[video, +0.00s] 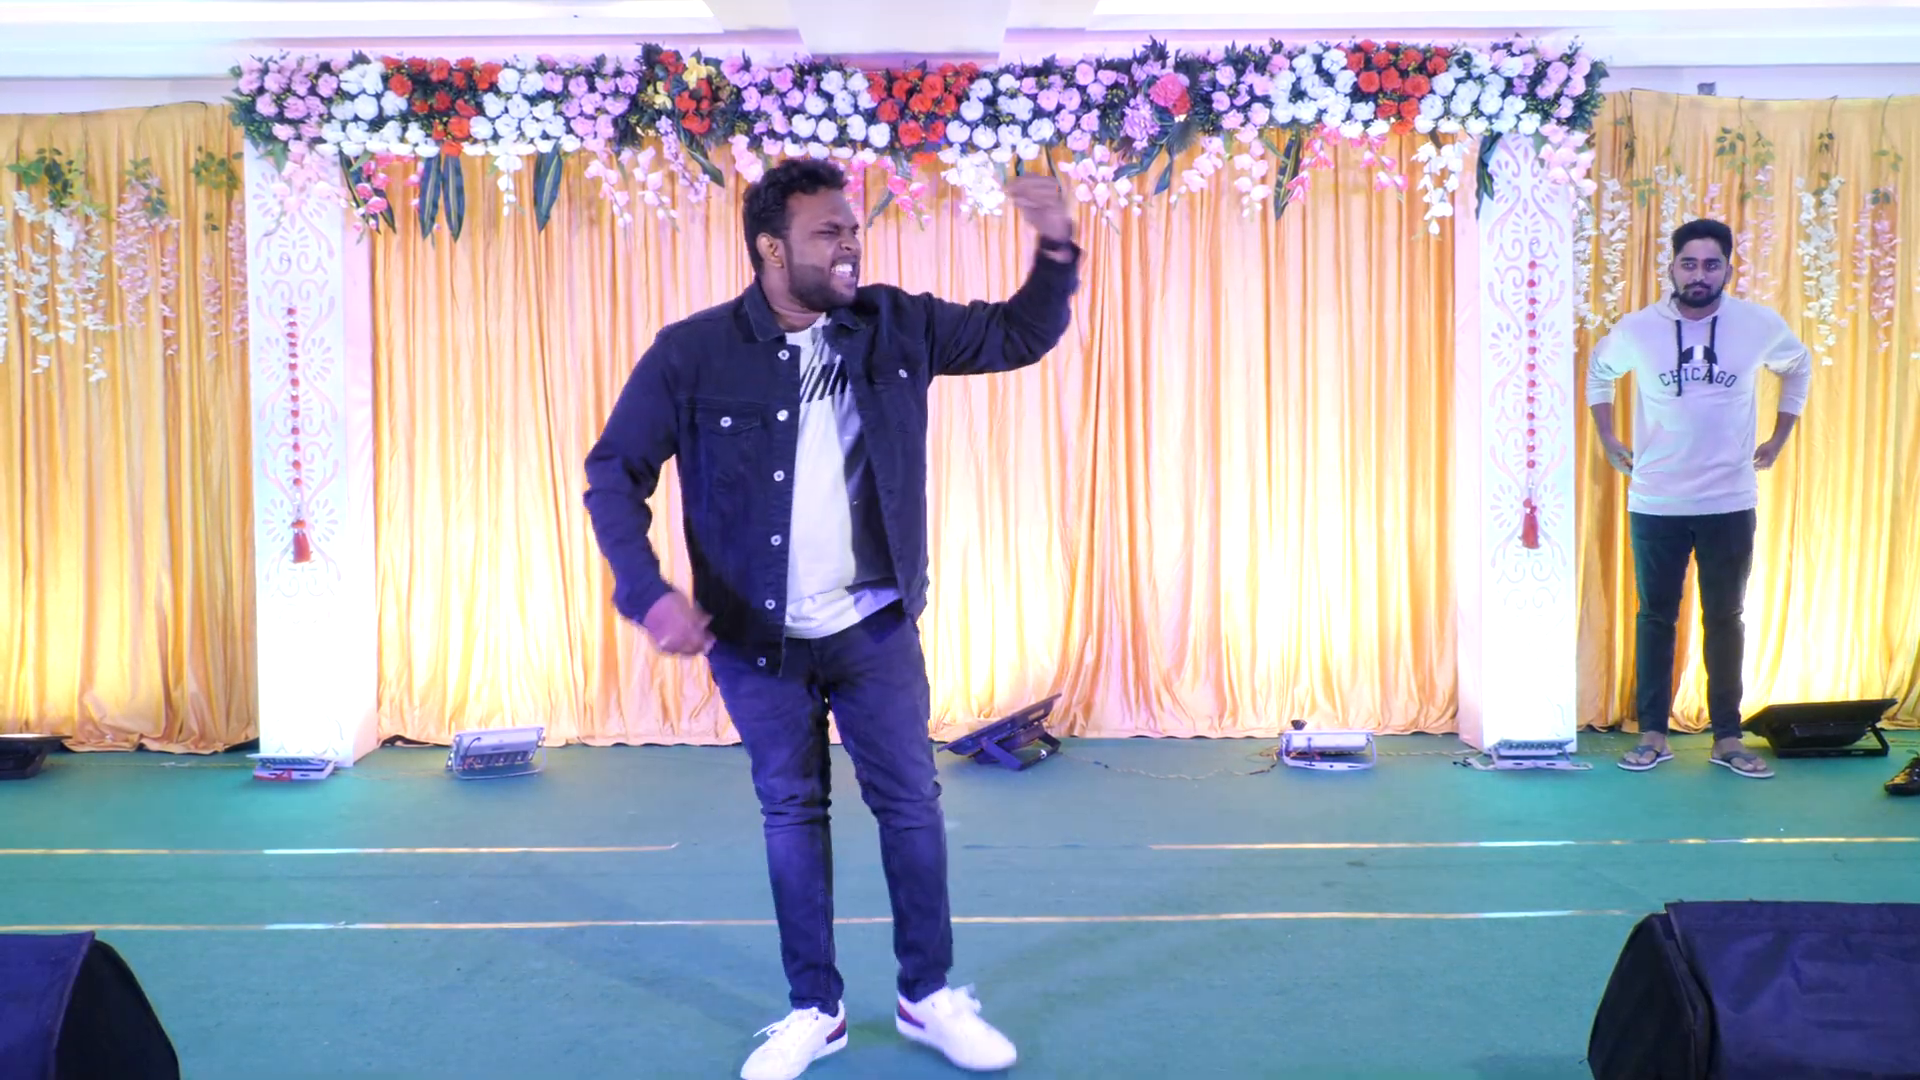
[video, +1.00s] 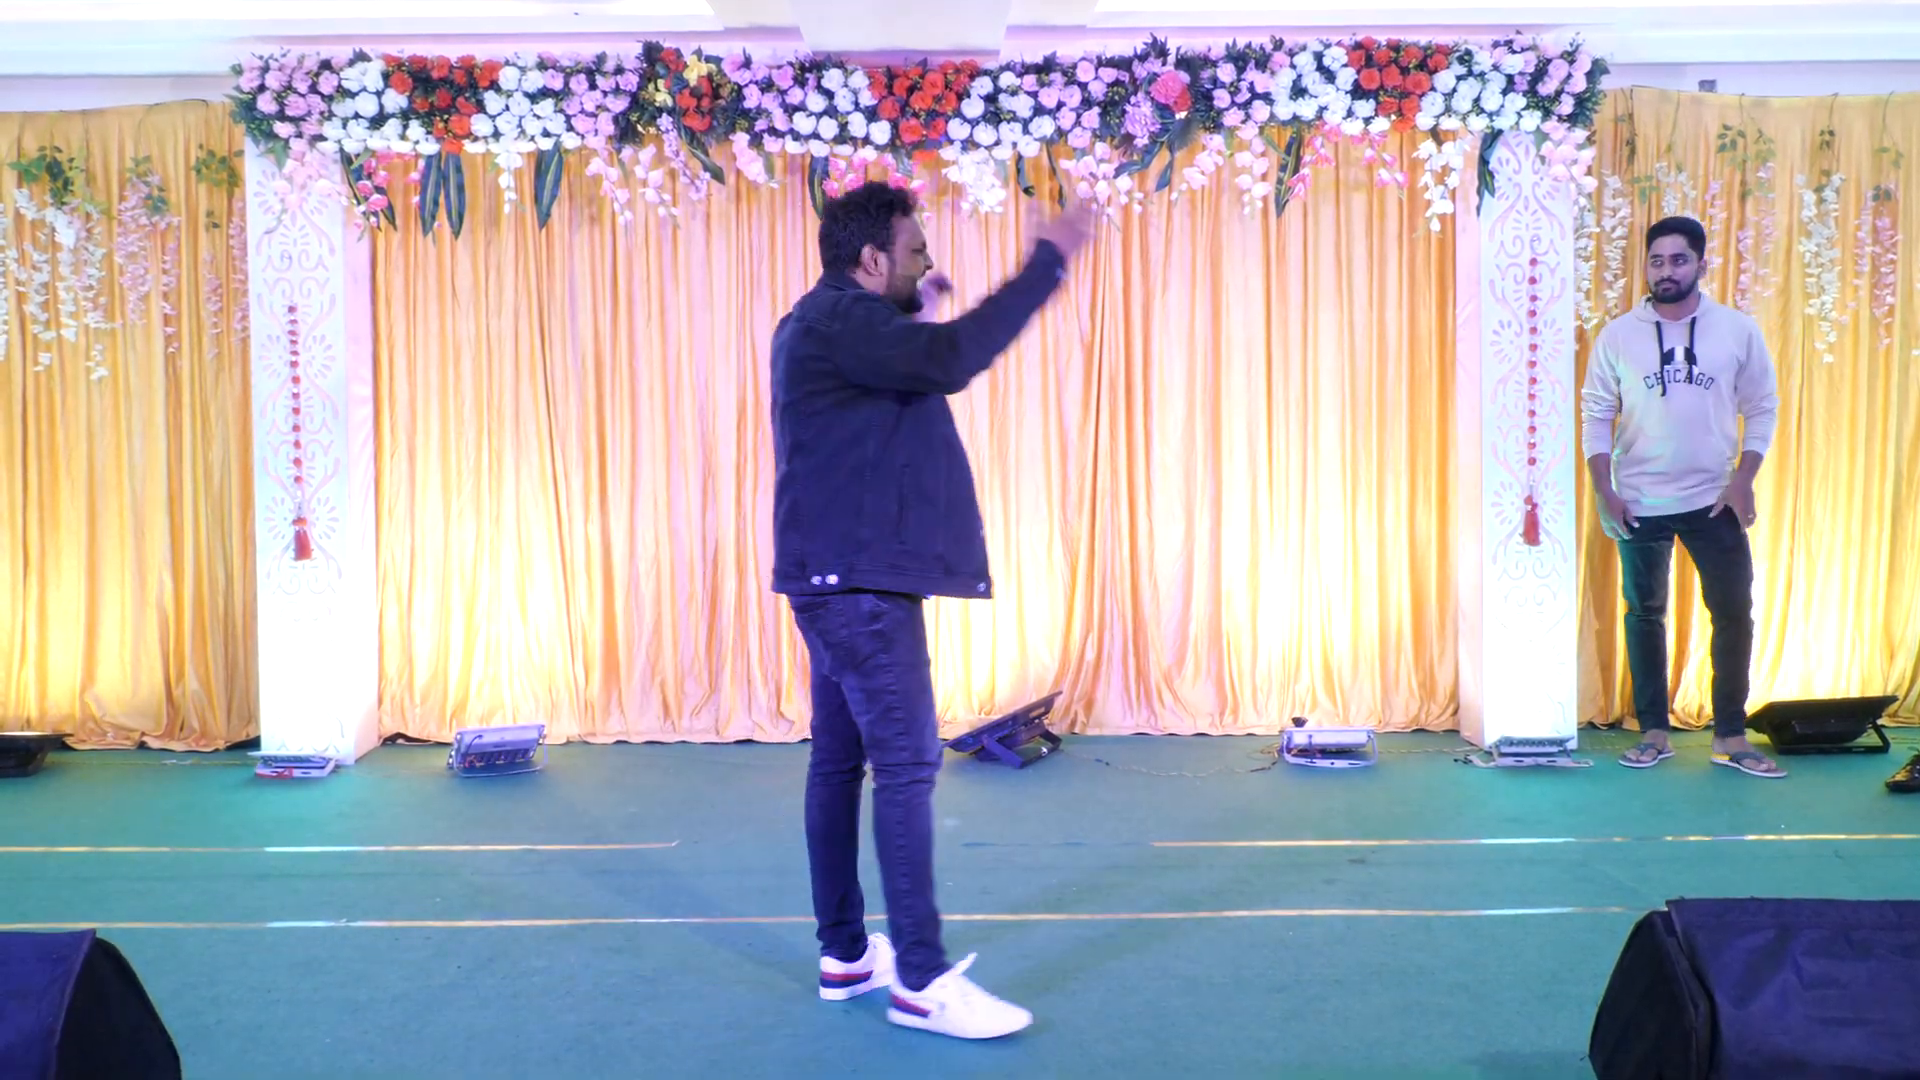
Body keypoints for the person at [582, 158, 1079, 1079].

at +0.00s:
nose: (852, 249)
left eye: (855, 232)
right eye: (830, 235)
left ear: (859, 236)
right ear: (768, 248)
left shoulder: (898, 325)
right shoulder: (693, 353)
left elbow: (1018, 334)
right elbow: (613, 475)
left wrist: (1056, 252)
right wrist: (648, 595)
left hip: (876, 623)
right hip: (758, 638)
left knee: (912, 801)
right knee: (792, 815)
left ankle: (928, 993)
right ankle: (814, 1007)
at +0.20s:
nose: (867, 261)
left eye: (870, 244)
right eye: (848, 245)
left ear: (872, 243)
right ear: (785, 249)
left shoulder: (884, 317)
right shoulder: (716, 345)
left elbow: (999, 296)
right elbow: (629, 459)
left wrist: (923, 220)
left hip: (874, 613)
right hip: (770, 630)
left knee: (891, 781)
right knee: (790, 806)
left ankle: (866, 934)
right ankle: (812, 1004)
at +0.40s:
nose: (889, 289)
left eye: (898, 273)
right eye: (876, 273)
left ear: (891, 267)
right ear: (827, 263)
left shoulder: (878, 325)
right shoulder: (759, 326)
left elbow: (945, 263)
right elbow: (748, 291)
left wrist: (869, 210)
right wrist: (820, 215)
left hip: (860, 604)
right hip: (784, 608)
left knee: (842, 777)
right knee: (796, 796)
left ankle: (838, 933)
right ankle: (810, 999)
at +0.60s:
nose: (922, 303)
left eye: (928, 285)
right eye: (913, 284)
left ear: (902, 277)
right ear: (863, 271)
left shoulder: (884, 348)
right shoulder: (793, 327)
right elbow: (823, 243)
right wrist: (847, 238)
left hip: (855, 595)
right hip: (798, 595)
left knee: (842, 781)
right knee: (804, 795)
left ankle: (852, 951)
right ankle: (810, 998)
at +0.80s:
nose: (928, 306)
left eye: (932, 292)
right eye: (922, 288)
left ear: (903, 272)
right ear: (875, 262)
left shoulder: (871, 337)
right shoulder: (812, 320)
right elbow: (873, 296)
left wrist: (875, 245)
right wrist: (869, 244)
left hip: (862, 589)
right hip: (825, 591)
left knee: (850, 774)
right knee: (841, 780)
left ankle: (845, 951)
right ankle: (833, 994)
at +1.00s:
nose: (925, 266)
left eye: (922, 249)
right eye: (914, 250)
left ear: (852, 258)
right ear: (868, 257)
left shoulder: (811, 321)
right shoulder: (843, 318)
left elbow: (853, 407)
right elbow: (944, 359)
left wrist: (914, 316)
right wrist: (1049, 261)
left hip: (827, 580)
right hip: (862, 582)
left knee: (837, 761)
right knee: (906, 762)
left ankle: (843, 954)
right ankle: (922, 977)